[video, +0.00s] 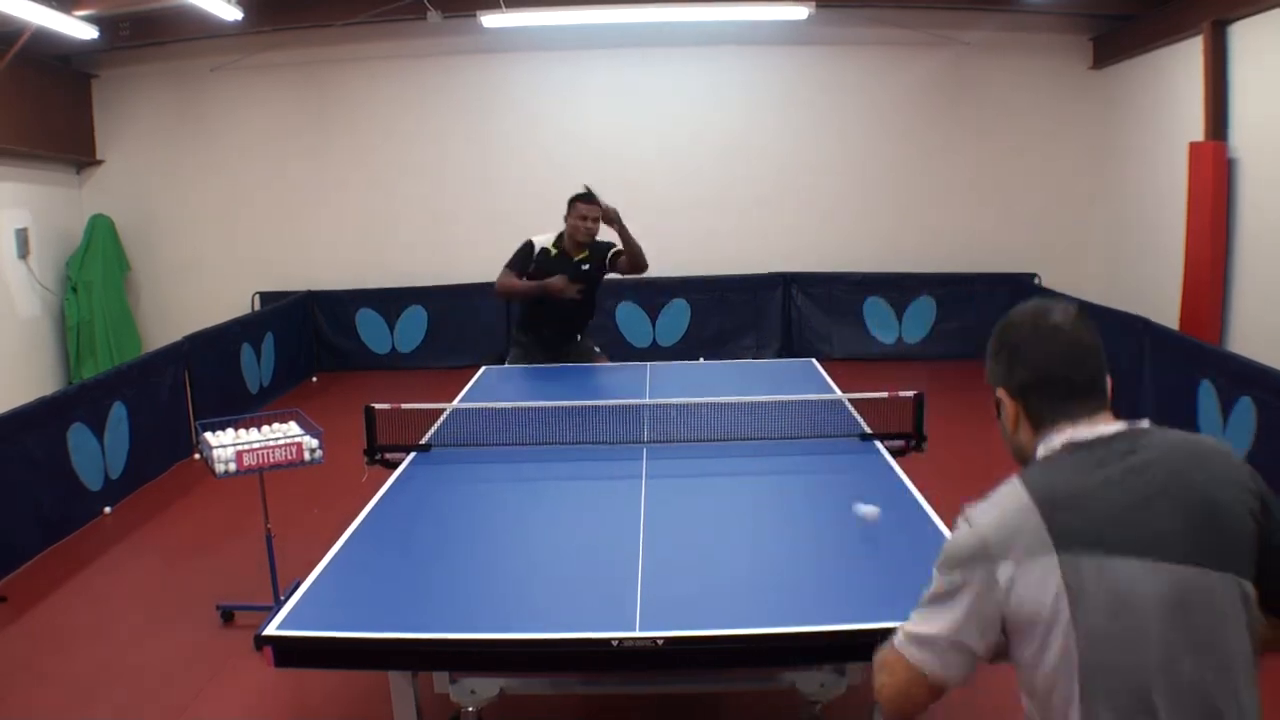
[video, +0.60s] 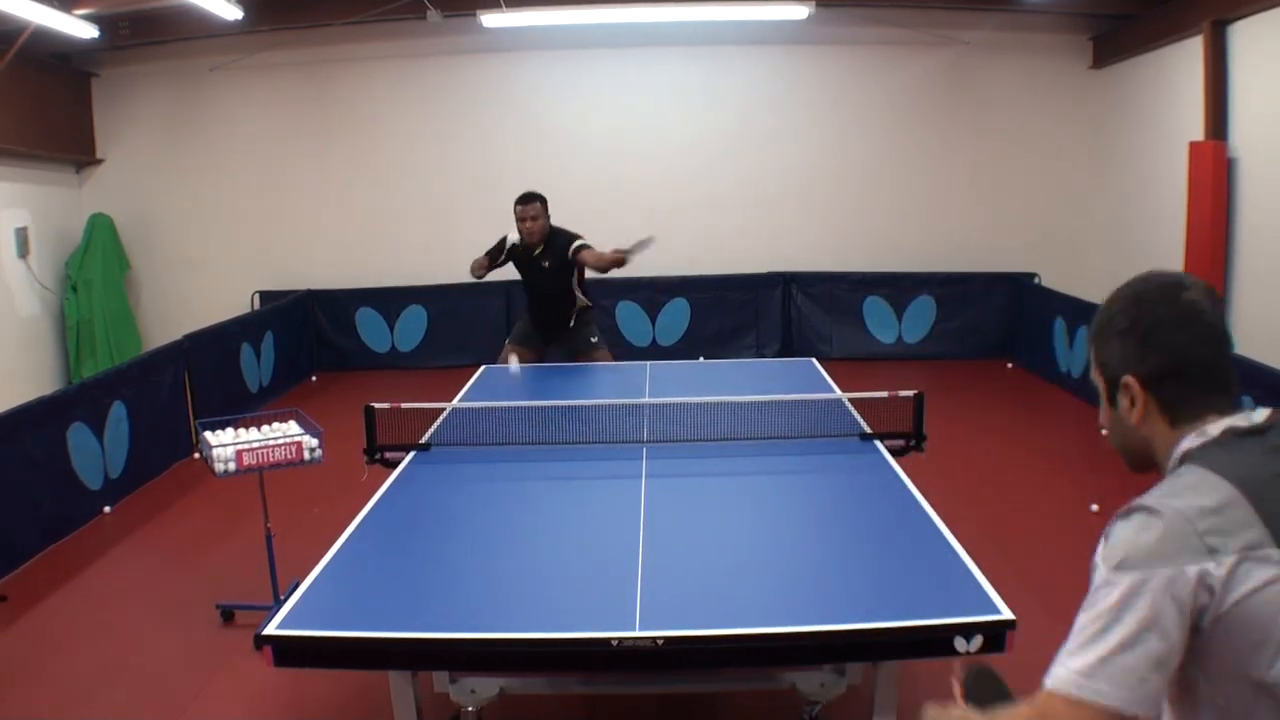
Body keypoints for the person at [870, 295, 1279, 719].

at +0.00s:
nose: (1000, 423)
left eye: (997, 409)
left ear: (1010, 410)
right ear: (1108, 387)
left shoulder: (1002, 526)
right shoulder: (1227, 471)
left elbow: (898, 693)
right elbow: (1269, 623)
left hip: (1079, 708)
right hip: (1226, 708)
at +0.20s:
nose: (1017, 432)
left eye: (1014, 415)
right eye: (1015, 416)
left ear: (1033, 418)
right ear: (1130, 390)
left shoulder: (1032, 537)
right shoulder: (1261, 457)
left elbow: (874, 622)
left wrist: (814, 538)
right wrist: (1026, 602)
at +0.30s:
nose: (1060, 419)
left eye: (1056, 401)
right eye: (1055, 402)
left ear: (1077, 401)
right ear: (1175, 374)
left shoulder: (1072, 528)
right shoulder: (1269, 456)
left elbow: (888, 625)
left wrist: (832, 525)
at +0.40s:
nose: (1096, 417)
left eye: (1096, 400)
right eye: (1093, 398)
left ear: (1126, 412)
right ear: (1219, 391)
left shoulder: (1125, 548)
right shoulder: (1270, 474)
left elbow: (933, 666)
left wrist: (871, 559)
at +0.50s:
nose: (1108, 400)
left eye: (1108, 380)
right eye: (1107, 380)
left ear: (1139, 388)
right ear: (1230, 364)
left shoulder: (1164, 518)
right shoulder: (1274, 444)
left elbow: (1004, 694)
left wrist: (906, 627)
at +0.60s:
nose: (1100, 420)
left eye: (1099, 395)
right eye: (1097, 396)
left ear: (1132, 398)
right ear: (1219, 374)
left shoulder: (1170, 526)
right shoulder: (1270, 441)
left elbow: (1080, 707)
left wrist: (974, 714)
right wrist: (1005, 708)